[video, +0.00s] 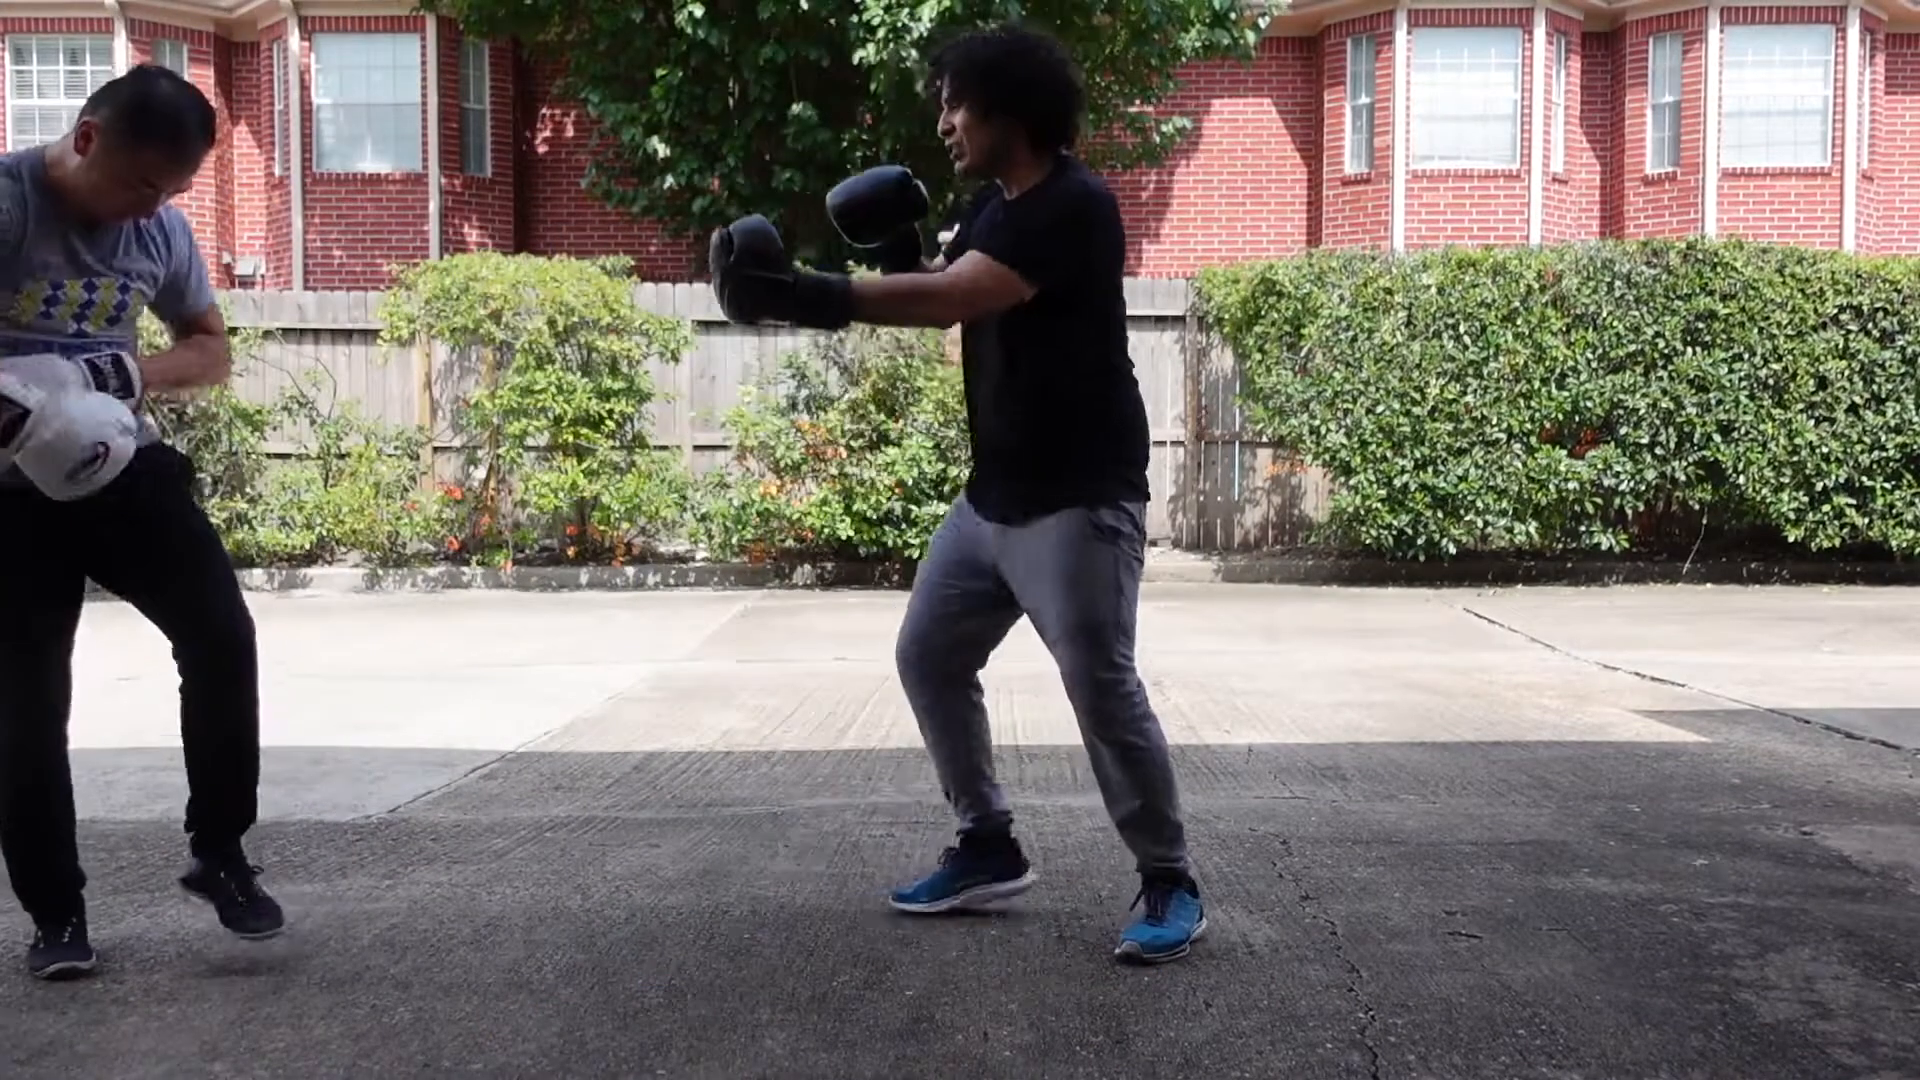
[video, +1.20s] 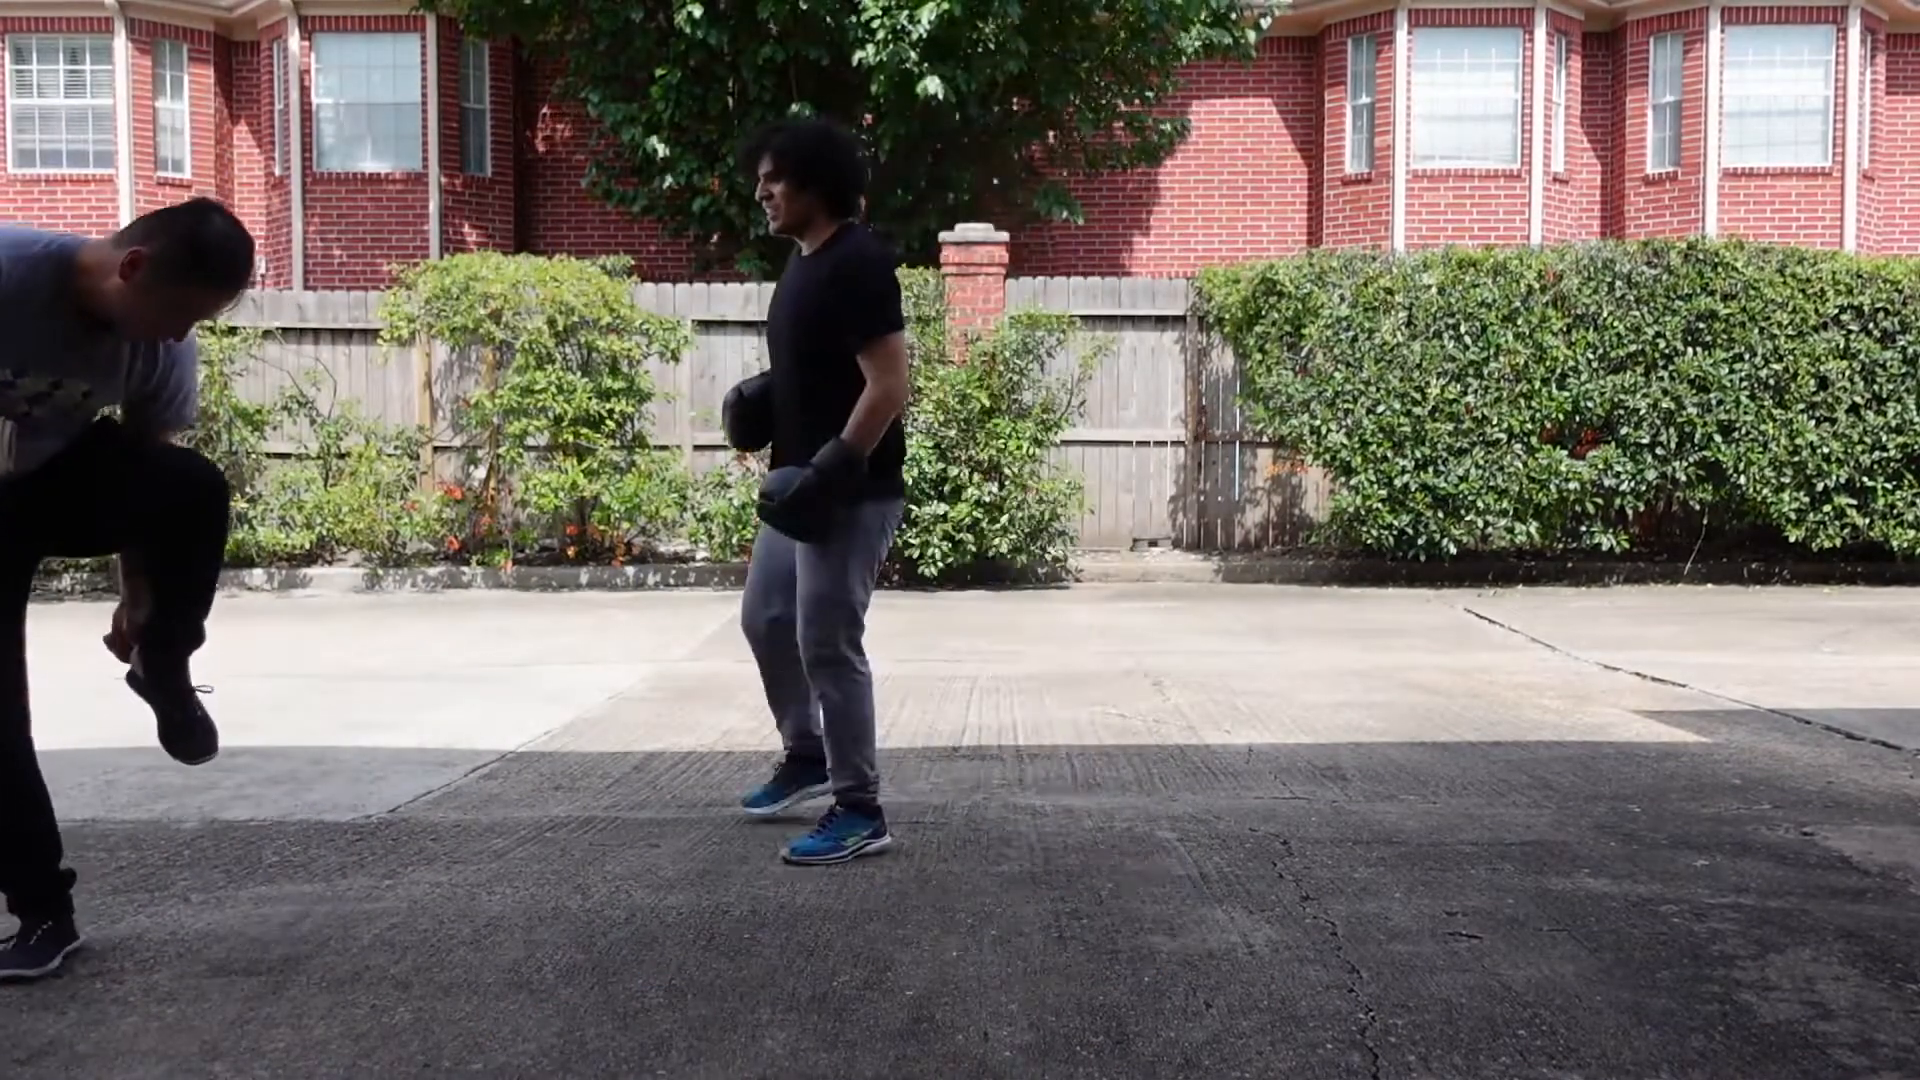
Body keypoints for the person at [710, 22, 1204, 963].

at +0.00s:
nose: (946, 128)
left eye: (959, 110)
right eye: (945, 111)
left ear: (1015, 112)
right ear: (986, 114)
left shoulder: (1075, 203)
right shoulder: (988, 209)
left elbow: (962, 296)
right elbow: (950, 309)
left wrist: (816, 296)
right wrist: (902, 259)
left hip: (1081, 498)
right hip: (993, 496)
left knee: (1102, 688)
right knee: (930, 657)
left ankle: (1168, 885)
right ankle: (987, 847)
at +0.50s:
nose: (916, 202)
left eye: (924, 187)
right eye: (915, 188)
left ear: (960, 188)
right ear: (986, 185)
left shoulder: (1009, 256)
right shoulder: (1004, 252)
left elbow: (947, 368)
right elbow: (972, 353)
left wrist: (849, 324)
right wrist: (921, 290)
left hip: (1038, 496)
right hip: (1036, 491)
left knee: (994, 651)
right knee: (1033, 648)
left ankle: (1092, 825)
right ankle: (1080, 807)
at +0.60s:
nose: (895, 202)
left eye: (903, 186)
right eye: (892, 188)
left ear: (944, 186)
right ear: (955, 189)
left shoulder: (986, 250)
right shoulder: (971, 255)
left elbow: (926, 351)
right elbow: (931, 350)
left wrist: (832, 299)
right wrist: (886, 286)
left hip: (1022, 492)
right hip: (1023, 489)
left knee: (945, 633)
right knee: (1032, 646)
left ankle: (998, 802)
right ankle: (1088, 808)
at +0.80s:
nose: (840, 219)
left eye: (851, 204)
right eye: (839, 206)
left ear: (894, 205)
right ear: (889, 211)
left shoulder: (936, 274)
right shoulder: (906, 279)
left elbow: (918, 386)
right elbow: (895, 376)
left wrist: (829, 337)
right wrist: (830, 327)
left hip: (957, 509)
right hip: (960, 506)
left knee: (878, 645)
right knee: (979, 655)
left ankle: (863, 812)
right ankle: (1075, 798)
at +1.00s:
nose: (788, 208)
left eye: (799, 195)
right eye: (787, 195)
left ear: (839, 198)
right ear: (835, 204)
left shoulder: (882, 277)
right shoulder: (845, 278)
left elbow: (921, 397)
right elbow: (866, 373)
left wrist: (822, 420)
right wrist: (805, 363)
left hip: (890, 500)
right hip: (869, 496)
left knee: (834, 645)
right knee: (858, 634)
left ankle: (859, 814)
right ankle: (959, 745)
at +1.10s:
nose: (773, 196)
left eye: (784, 183)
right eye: (770, 184)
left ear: (827, 186)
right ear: (800, 191)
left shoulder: (868, 266)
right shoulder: (823, 265)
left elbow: (900, 386)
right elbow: (838, 365)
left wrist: (812, 457)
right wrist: (783, 382)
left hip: (873, 487)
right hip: (835, 482)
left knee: (838, 641)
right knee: (795, 615)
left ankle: (858, 812)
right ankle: (889, 748)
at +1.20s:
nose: (763, 195)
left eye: (774, 182)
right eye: (761, 183)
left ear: (818, 184)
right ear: (785, 188)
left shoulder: (859, 261)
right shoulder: (804, 261)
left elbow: (891, 386)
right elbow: (817, 364)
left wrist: (827, 470)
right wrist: (768, 398)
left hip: (854, 490)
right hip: (797, 483)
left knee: (830, 642)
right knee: (767, 621)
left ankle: (860, 810)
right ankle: (808, 758)